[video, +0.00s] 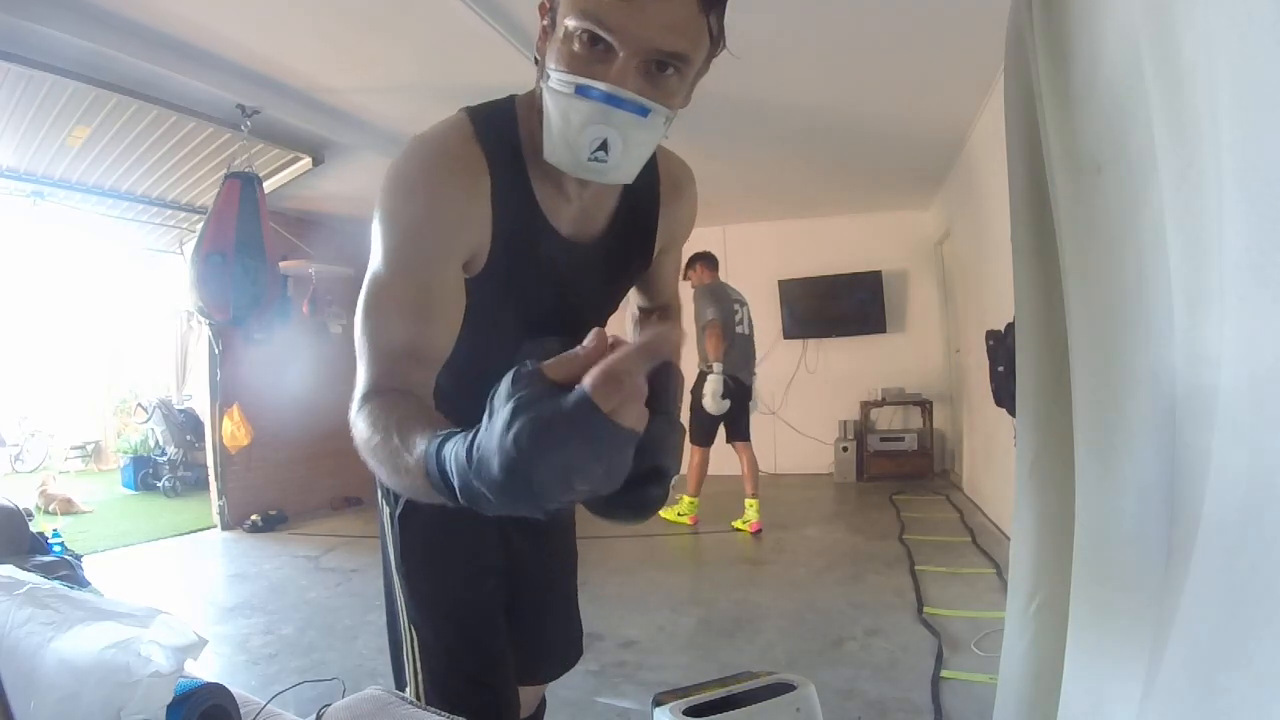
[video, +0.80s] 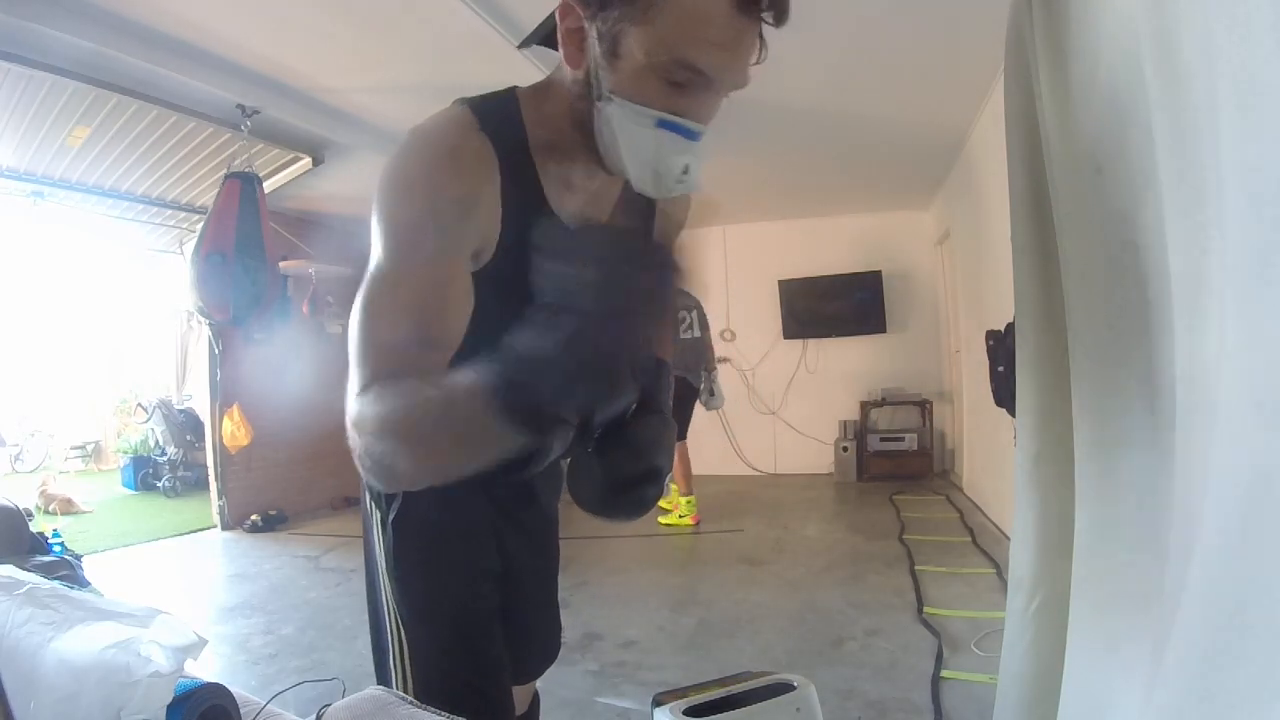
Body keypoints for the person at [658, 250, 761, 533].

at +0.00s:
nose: (690, 283)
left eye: (690, 277)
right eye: (689, 278)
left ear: (701, 269)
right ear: (714, 270)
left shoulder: (705, 292)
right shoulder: (735, 295)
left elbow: (713, 330)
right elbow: (747, 342)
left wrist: (716, 373)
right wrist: (747, 380)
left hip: (714, 378)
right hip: (740, 380)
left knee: (699, 444)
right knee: (742, 444)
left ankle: (688, 508)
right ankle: (752, 514)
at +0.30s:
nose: (673, 279)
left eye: (674, 273)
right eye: (674, 273)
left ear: (682, 271)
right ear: (695, 269)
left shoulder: (685, 299)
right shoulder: (720, 296)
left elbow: (684, 340)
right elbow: (733, 341)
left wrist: (680, 371)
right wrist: (728, 373)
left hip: (694, 378)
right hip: (720, 379)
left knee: (690, 443)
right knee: (722, 439)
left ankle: (687, 508)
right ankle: (747, 505)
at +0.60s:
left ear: (658, 278)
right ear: (676, 272)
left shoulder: (661, 302)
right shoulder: (700, 296)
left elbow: (653, 344)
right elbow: (716, 336)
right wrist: (720, 367)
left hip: (680, 373)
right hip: (704, 373)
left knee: (681, 440)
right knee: (690, 438)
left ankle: (687, 507)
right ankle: (714, 494)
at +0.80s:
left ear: (658, 279)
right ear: (676, 275)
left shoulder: (660, 303)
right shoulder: (691, 300)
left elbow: (662, 346)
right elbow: (706, 341)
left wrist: (654, 375)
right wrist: (710, 372)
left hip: (673, 376)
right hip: (693, 376)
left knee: (677, 440)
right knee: (675, 436)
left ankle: (687, 507)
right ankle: (677, 491)